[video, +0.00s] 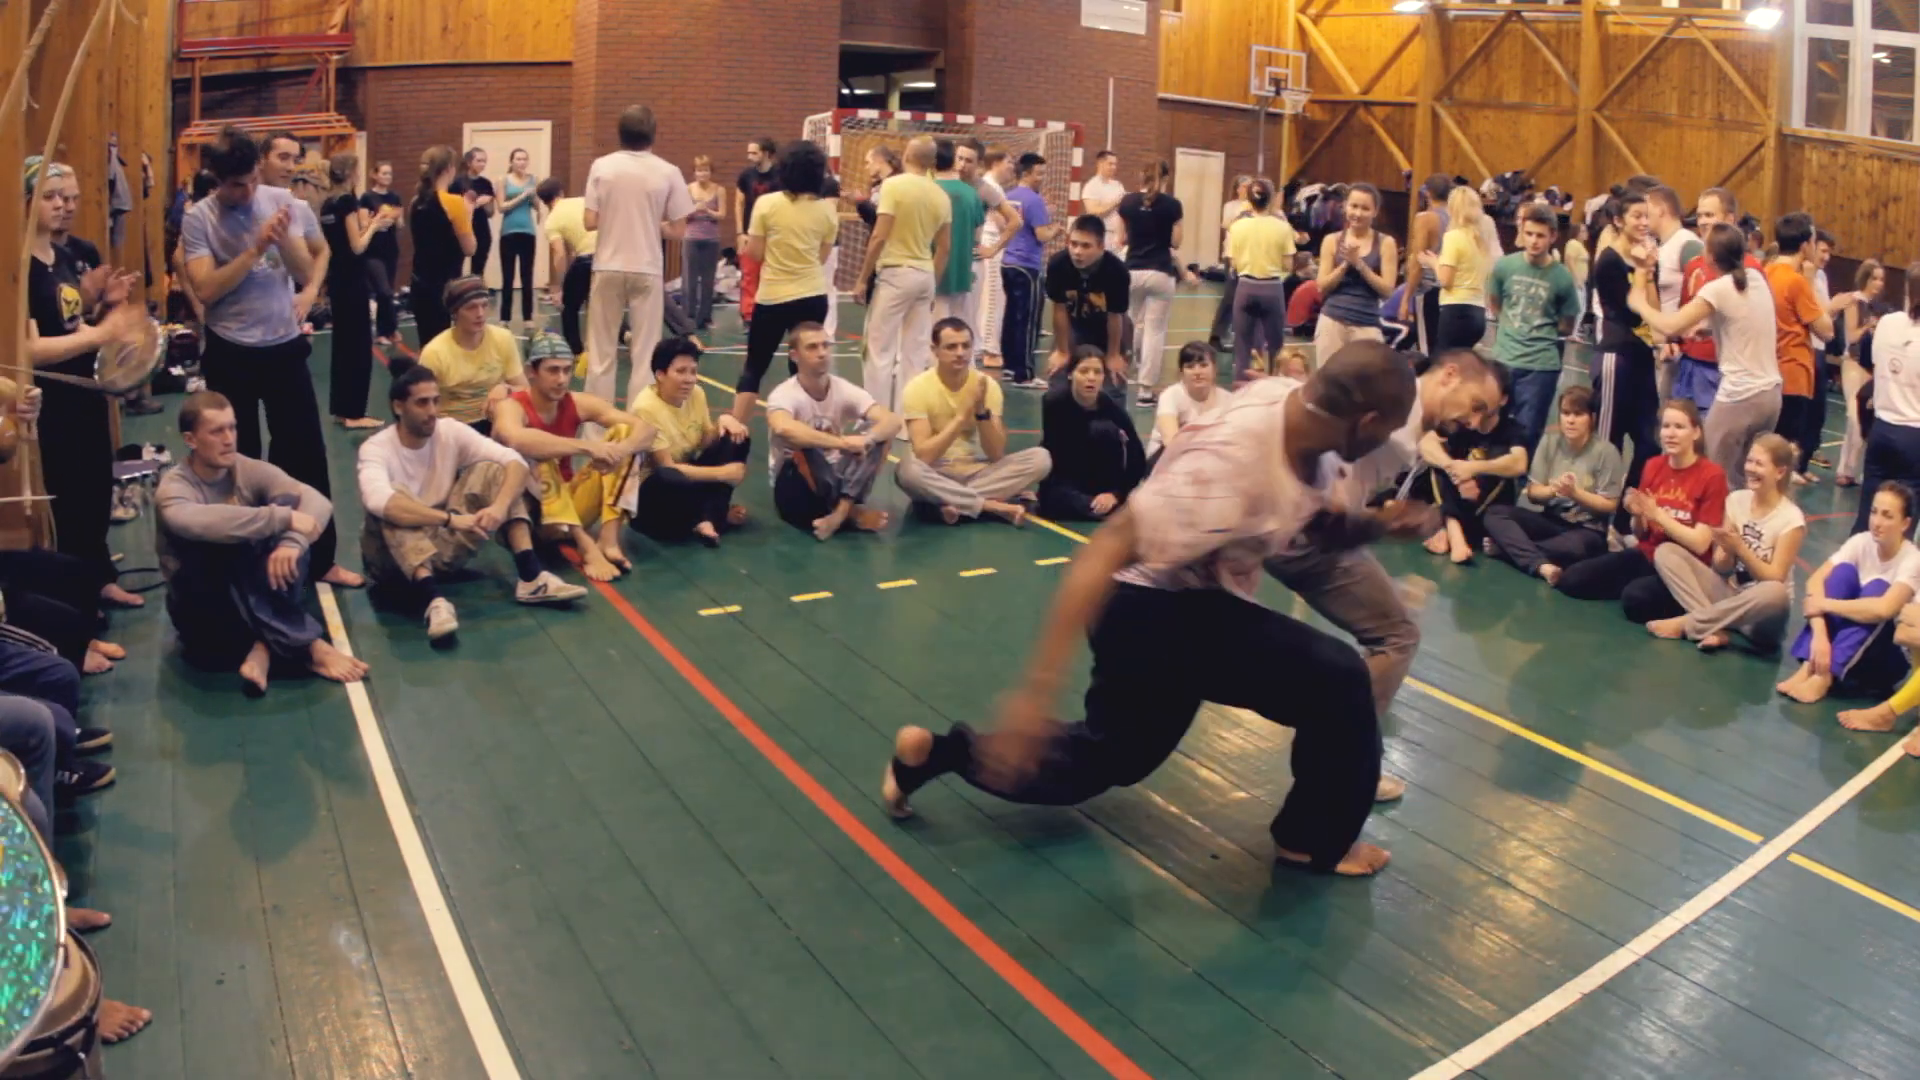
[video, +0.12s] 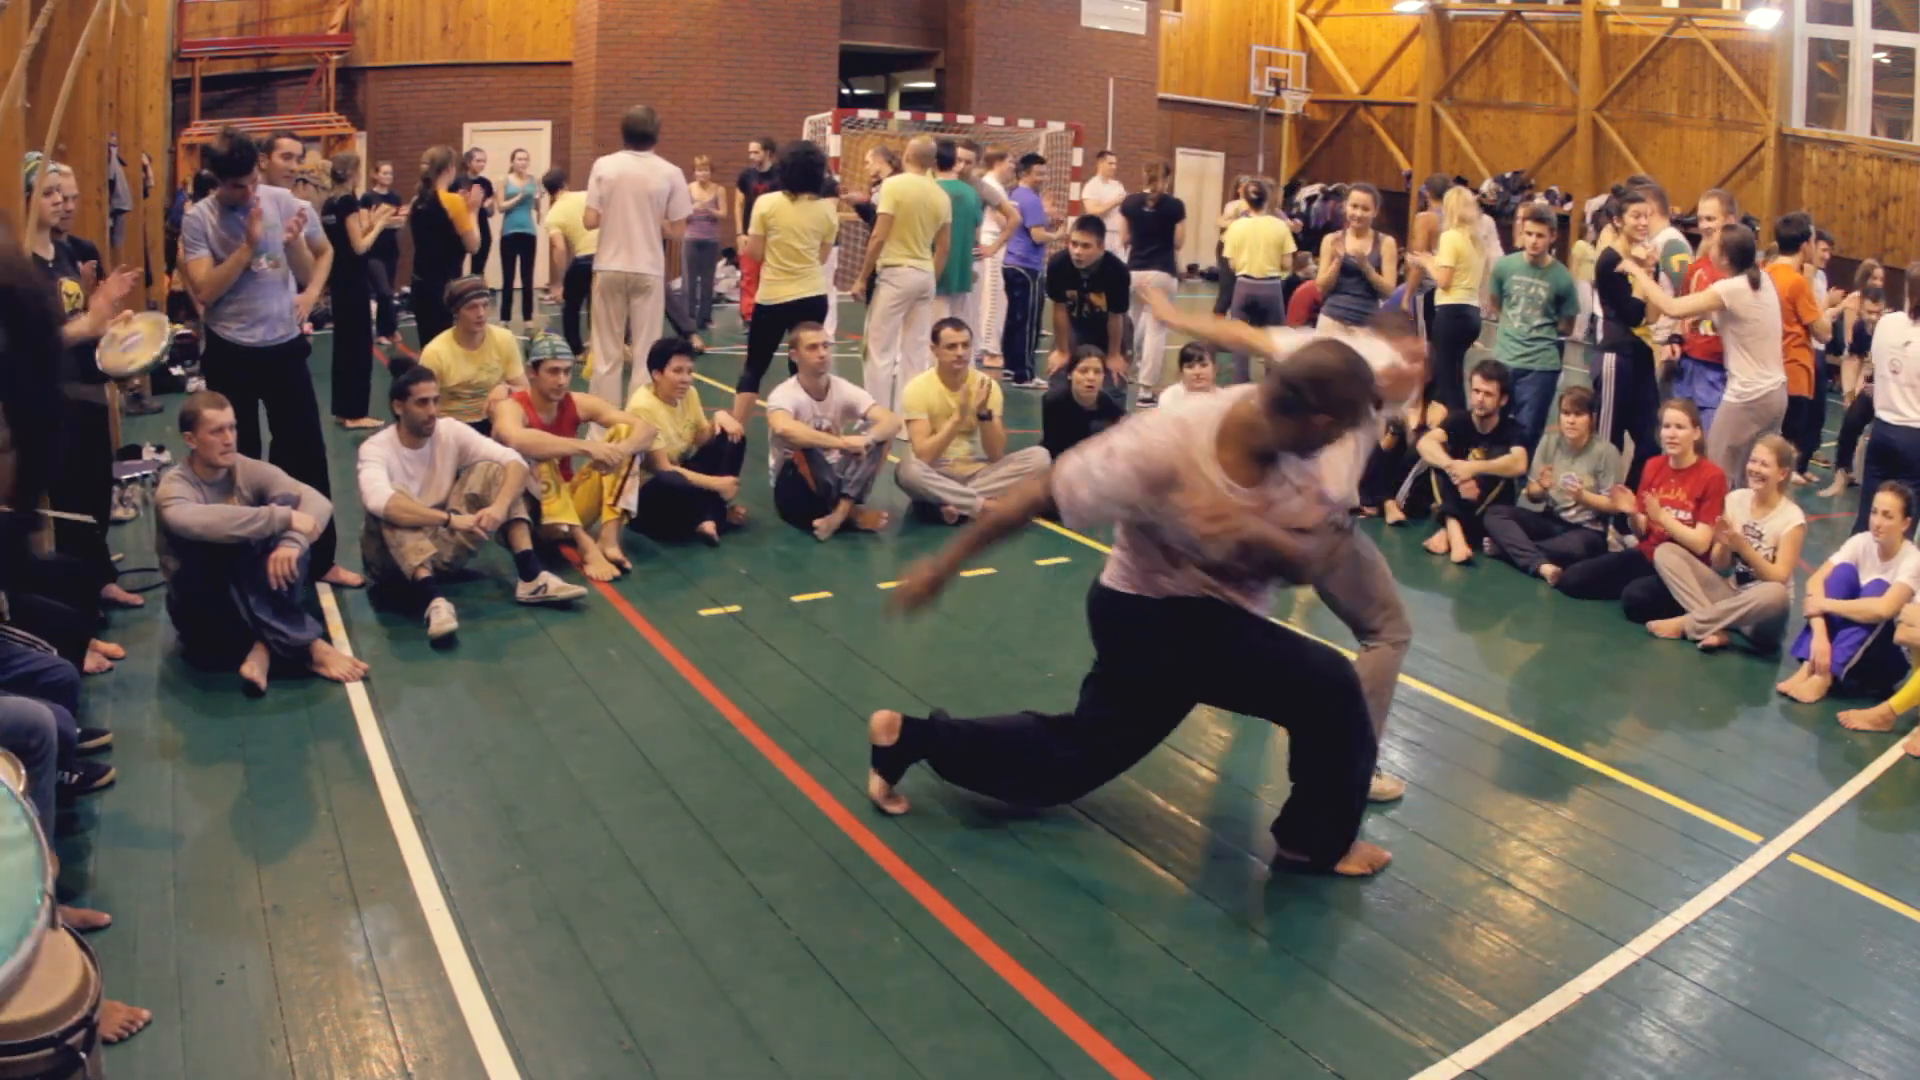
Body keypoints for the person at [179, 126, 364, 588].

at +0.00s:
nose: (243, 192)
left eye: (248, 183)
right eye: (233, 185)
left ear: (258, 173)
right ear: (215, 179)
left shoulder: (281, 204)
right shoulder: (198, 217)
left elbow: (304, 271)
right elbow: (205, 290)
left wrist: (283, 238)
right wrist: (256, 248)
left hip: (284, 347)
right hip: (228, 350)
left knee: (305, 455)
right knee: (238, 458)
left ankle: (320, 563)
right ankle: (247, 566)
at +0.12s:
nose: (244, 193)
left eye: (250, 184)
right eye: (234, 187)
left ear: (258, 173)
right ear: (214, 180)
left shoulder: (285, 203)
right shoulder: (198, 217)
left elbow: (318, 261)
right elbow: (203, 293)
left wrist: (294, 248)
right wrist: (249, 245)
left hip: (284, 348)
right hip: (228, 350)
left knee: (305, 455)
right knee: (238, 457)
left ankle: (320, 563)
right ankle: (247, 566)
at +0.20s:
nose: (242, 193)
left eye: (248, 184)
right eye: (233, 186)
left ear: (257, 173)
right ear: (214, 180)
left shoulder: (282, 203)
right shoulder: (199, 217)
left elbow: (305, 273)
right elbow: (205, 291)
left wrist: (283, 235)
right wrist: (257, 248)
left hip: (284, 348)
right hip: (228, 350)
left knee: (305, 455)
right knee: (238, 458)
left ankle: (320, 563)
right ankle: (246, 567)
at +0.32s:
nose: (242, 193)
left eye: (248, 184)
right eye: (233, 187)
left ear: (257, 173)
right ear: (214, 180)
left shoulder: (282, 203)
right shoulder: (198, 216)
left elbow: (305, 273)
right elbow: (205, 291)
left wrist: (283, 238)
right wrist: (258, 250)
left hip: (284, 348)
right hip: (228, 350)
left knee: (305, 454)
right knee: (238, 456)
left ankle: (320, 563)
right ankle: (246, 567)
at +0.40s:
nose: (242, 193)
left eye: (248, 184)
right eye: (233, 187)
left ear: (257, 173)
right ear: (214, 180)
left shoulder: (283, 203)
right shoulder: (199, 217)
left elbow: (305, 274)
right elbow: (205, 292)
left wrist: (287, 240)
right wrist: (254, 247)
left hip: (284, 347)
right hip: (228, 350)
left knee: (305, 453)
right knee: (238, 457)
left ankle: (320, 563)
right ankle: (246, 568)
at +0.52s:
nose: (245, 194)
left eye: (250, 184)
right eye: (235, 187)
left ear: (258, 174)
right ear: (215, 181)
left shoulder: (285, 203)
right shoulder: (199, 217)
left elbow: (323, 259)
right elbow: (204, 293)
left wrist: (315, 292)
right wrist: (248, 245)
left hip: (285, 347)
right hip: (228, 350)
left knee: (305, 454)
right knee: (238, 456)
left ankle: (320, 563)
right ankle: (247, 565)